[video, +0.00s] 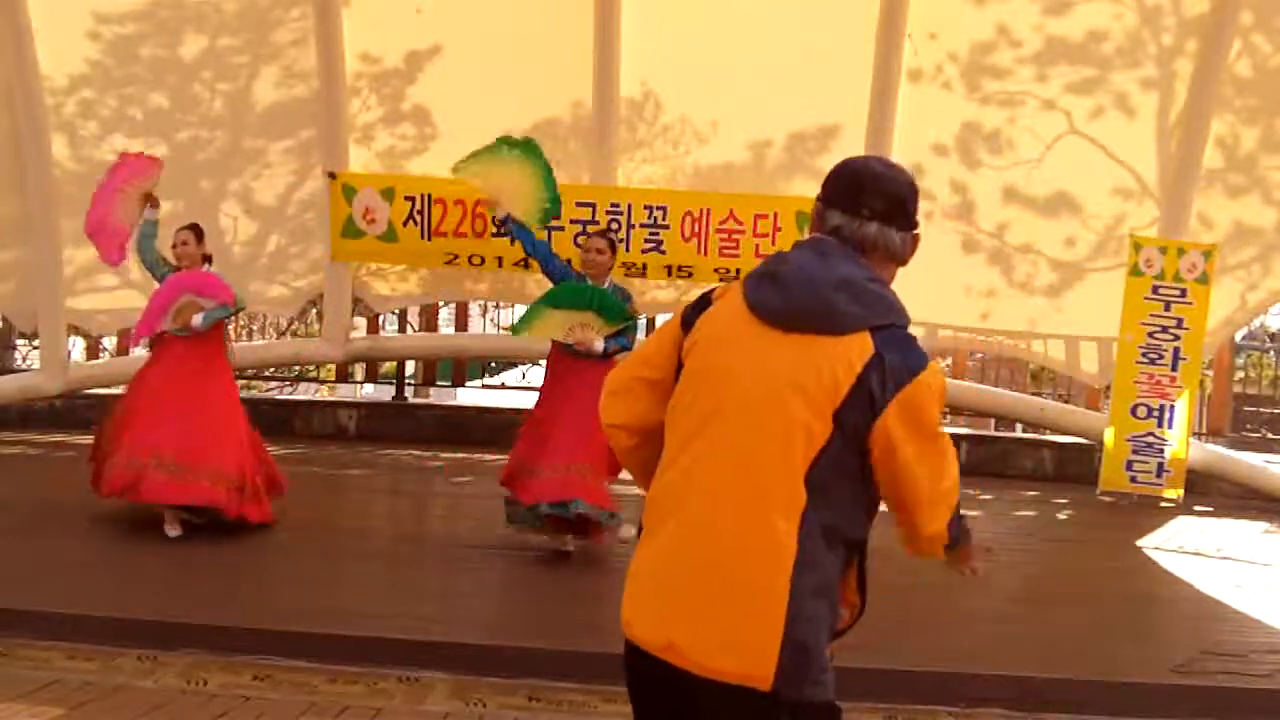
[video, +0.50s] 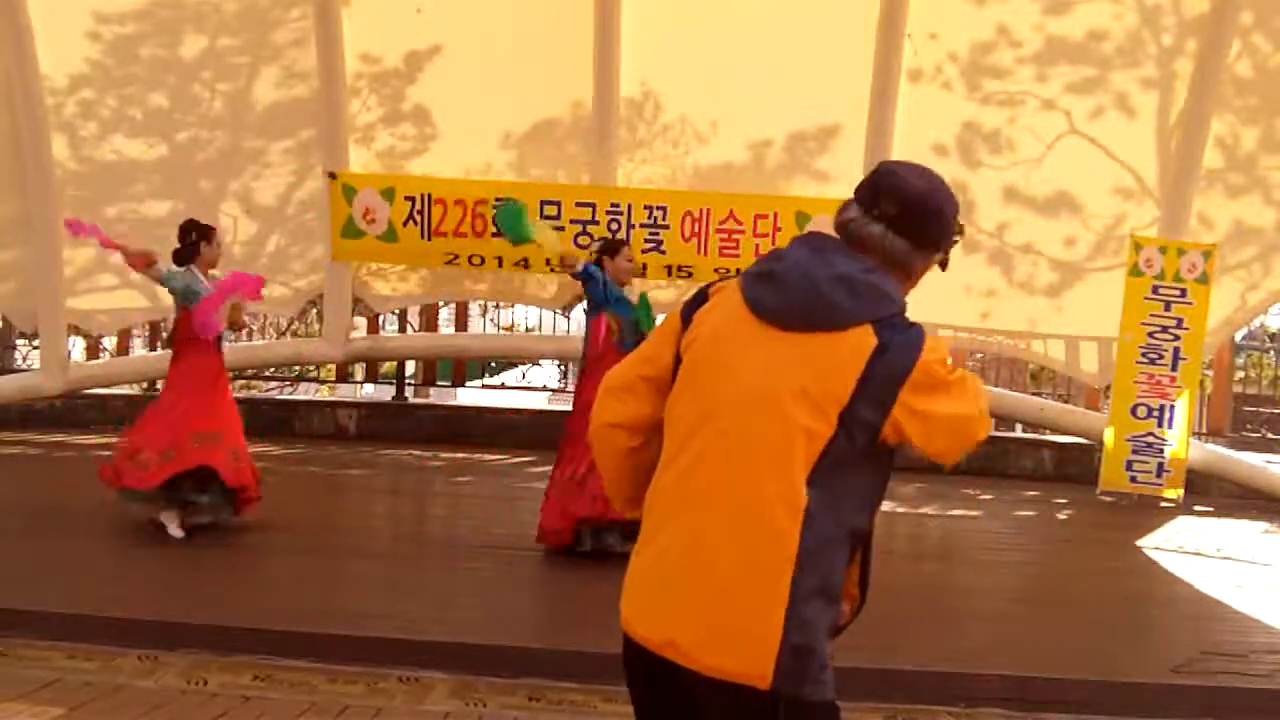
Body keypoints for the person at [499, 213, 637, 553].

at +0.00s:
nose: (592, 257)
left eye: (600, 252)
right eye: (587, 250)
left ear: (612, 259)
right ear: (581, 254)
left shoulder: (620, 297)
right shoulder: (568, 279)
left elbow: (628, 339)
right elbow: (539, 252)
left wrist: (601, 346)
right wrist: (504, 217)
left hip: (598, 371)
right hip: (563, 367)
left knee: (590, 435)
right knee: (558, 432)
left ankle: (584, 509)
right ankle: (555, 510)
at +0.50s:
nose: (633, 266)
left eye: (632, 260)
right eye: (627, 260)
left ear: (614, 262)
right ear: (607, 262)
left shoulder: (624, 300)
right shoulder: (603, 289)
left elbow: (635, 340)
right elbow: (594, 278)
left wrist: (644, 319)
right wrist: (578, 268)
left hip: (621, 386)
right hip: (599, 387)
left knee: (613, 452)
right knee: (595, 453)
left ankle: (608, 527)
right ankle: (589, 528)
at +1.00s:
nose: (573, 264)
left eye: (578, 260)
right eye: (575, 259)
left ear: (593, 263)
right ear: (606, 263)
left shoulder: (588, 296)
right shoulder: (617, 289)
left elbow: (571, 341)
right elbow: (638, 276)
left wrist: (553, 346)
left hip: (599, 376)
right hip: (626, 372)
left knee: (590, 447)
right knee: (615, 445)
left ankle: (592, 526)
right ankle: (616, 525)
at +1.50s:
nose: (629, 267)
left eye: (628, 262)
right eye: (624, 261)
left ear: (613, 265)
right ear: (606, 263)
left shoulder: (622, 299)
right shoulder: (596, 291)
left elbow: (636, 341)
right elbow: (586, 280)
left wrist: (643, 334)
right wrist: (581, 270)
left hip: (614, 379)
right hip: (593, 379)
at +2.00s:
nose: (570, 268)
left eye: (576, 262)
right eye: (572, 261)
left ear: (594, 267)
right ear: (597, 269)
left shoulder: (589, 299)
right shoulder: (607, 296)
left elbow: (565, 344)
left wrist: (547, 338)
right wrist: (560, 334)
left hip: (588, 389)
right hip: (602, 385)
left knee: (580, 451)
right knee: (594, 450)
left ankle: (589, 525)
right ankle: (586, 523)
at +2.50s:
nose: (618, 268)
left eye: (617, 261)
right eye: (615, 261)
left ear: (593, 262)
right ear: (601, 262)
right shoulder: (596, 297)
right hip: (588, 381)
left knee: (577, 456)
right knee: (590, 455)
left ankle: (576, 527)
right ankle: (582, 528)